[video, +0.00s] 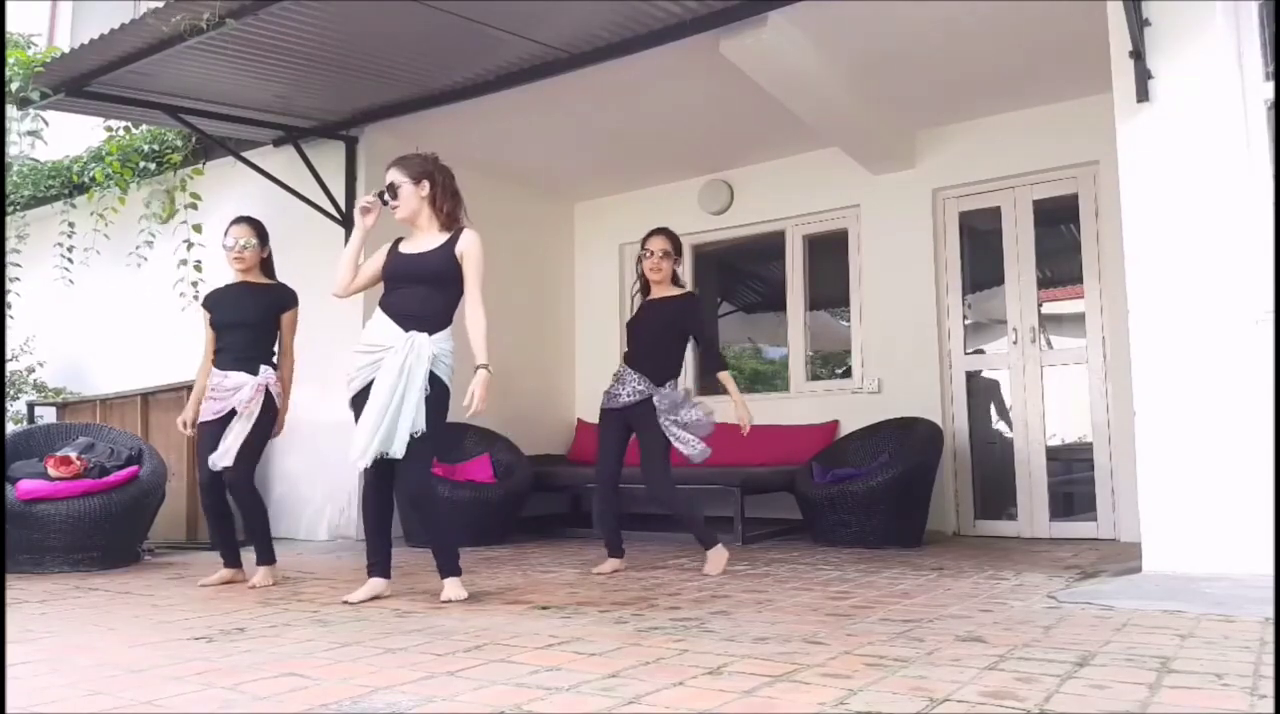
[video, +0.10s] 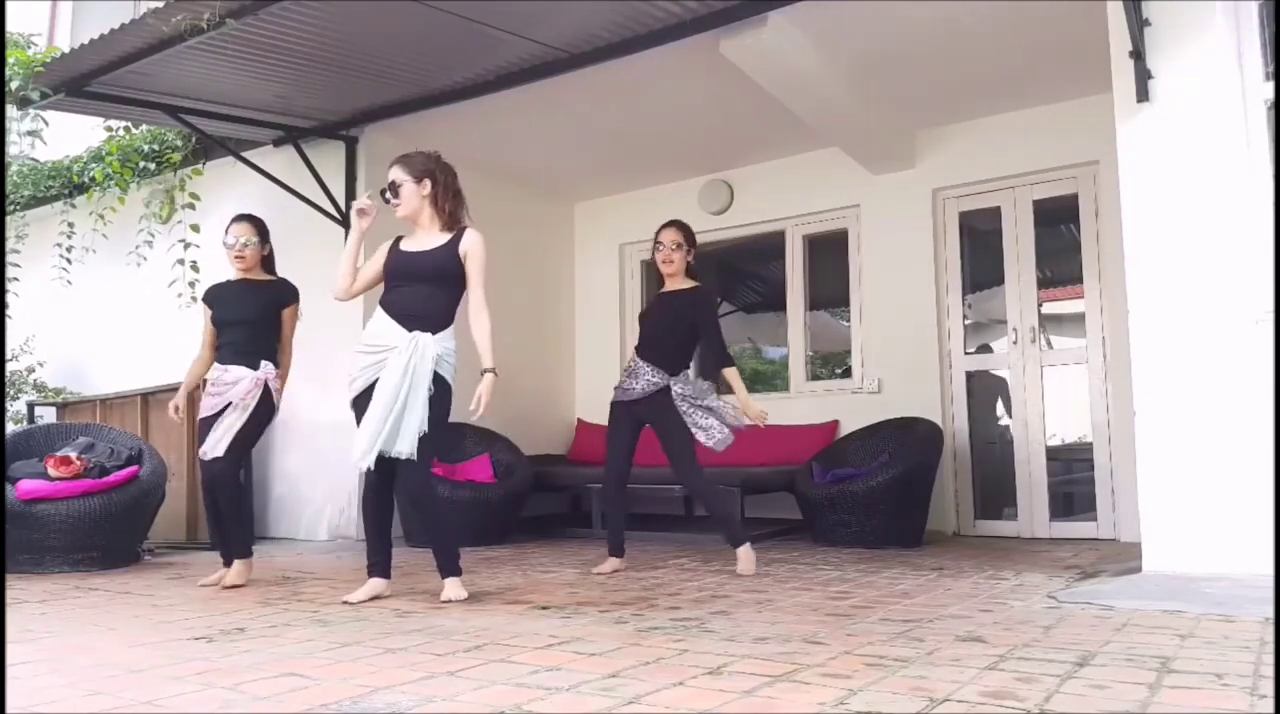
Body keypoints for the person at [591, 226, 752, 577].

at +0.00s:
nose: (655, 261)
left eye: (663, 255)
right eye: (648, 254)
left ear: (676, 261)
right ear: (641, 261)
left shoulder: (688, 302)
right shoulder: (645, 303)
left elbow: (711, 355)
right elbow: (635, 350)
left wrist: (738, 400)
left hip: (651, 400)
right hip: (618, 396)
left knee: (659, 487)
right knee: (605, 478)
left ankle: (714, 546)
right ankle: (614, 555)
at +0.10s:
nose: (666, 253)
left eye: (675, 247)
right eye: (660, 247)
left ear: (689, 254)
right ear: (654, 254)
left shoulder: (699, 296)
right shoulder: (658, 298)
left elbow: (719, 353)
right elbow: (645, 344)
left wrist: (744, 400)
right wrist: (630, 375)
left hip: (662, 394)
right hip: (627, 394)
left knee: (689, 476)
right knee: (614, 476)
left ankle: (741, 543)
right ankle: (615, 555)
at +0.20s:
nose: (682, 247)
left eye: (691, 241)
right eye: (676, 241)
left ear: (706, 247)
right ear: (670, 248)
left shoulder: (715, 287)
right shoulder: (676, 291)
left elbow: (721, 344)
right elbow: (669, 343)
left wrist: (732, 398)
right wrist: (648, 385)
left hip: (690, 387)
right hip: (651, 386)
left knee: (728, 467)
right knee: (627, 469)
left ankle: (783, 540)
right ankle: (616, 552)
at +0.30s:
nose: (700, 247)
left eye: (708, 240)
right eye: (695, 242)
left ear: (726, 246)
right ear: (691, 250)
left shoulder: (739, 283)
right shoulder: (693, 298)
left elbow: (730, 339)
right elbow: (679, 350)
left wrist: (703, 382)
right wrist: (652, 398)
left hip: (718, 384)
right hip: (681, 387)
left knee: (755, 466)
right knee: (647, 466)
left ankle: (806, 547)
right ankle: (617, 548)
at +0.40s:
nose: (715, 249)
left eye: (723, 241)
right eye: (711, 245)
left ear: (742, 246)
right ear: (707, 253)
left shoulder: (762, 286)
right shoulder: (711, 299)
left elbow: (745, 335)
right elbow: (697, 356)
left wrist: (692, 341)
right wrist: (674, 403)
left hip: (743, 392)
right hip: (704, 394)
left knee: (769, 477)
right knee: (663, 469)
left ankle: (810, 556)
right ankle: (633, 550)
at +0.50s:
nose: (723, 248)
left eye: (731, 240)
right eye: (719, 243)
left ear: (751, 246)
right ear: (717, 253)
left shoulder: (775, 288)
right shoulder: (720, 297)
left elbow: (761, 337)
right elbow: (710, 349)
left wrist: (718, 311)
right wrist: (707, 393)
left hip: (756, 391)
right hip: (720, 392)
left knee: (771, 478)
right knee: (681, 471)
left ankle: (810, 559)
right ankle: (665, 556)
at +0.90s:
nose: (708, 250)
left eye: (714, 244)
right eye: (700, 247)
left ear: (728, 251)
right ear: (693, 258)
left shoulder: (751, 293)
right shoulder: (693, 308)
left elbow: (787, 302)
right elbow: (680, 351)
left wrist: (746, 280)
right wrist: (656, 383)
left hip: (742, 393)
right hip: (697, 395)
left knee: (760, 476)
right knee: (692, 476)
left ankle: (785, 548)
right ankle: (674, 555)